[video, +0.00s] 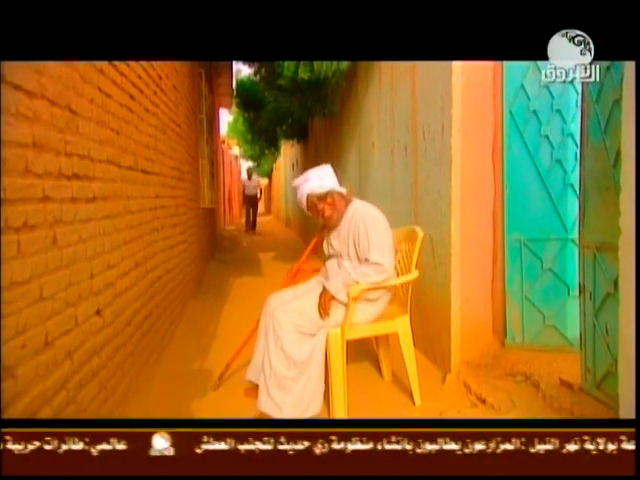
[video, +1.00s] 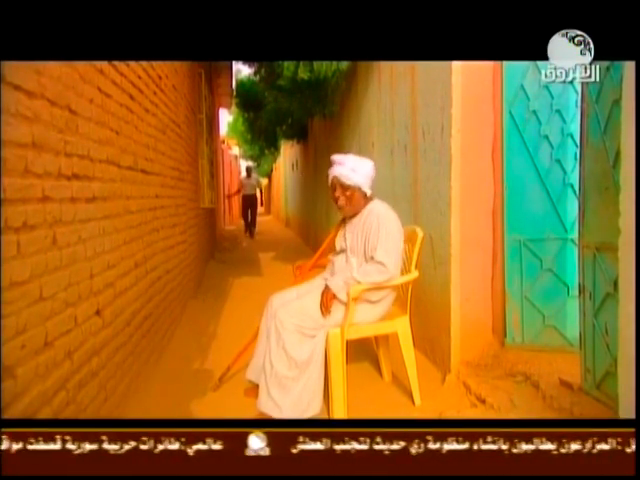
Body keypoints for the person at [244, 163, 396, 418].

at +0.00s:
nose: (319, 219)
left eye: (318, 211)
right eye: (314, 213)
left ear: (332, 200)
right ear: (328, 203)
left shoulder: (367, 217)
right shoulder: (341, 216)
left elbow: (382, 270)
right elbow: (337, 259)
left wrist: (335, 279)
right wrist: (327, 283)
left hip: (365, 297)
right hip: (338, 285)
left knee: (286, 317)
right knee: (275, 304)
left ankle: (289, 406)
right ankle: (267, 380)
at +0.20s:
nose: (323, 213)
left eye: (326, 203)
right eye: (317, 209)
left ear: (339, 195)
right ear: (315, 209)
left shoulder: (368, 217)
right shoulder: (338, 218)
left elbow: (383, 270)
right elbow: (338, 259)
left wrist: (335, 281)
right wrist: (326, 283)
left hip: (366, 297)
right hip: (338, 285)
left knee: (286, 317)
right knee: (275, 304)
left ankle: (289, 406)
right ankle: (267, 380)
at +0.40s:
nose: (325, 208)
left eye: (328, 199)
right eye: (319, 204)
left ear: (342, 193)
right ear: (317, 205)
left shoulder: (371, 217)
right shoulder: (341, 218)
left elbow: (384, 270)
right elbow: (340, 260)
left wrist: (336, 282)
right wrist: (326, 283)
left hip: (367, 298)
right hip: (340, 285)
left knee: (287, 318)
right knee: (275, 304)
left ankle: (289, 406)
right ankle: (267, 380)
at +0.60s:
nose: (330, 204)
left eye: (333, 195)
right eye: (324, 200)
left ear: (348, 191)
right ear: (322, 202)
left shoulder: (375, 217)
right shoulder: (344, 219)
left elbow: (384, 270)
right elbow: (341, 258)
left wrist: (335, 281)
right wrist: (316, 266)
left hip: (367, 299)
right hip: (341, 286)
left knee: (287, 318)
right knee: (276, 304)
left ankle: (288, 406)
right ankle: (266, 380)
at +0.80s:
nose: (332, 199)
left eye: (336, 192)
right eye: (329, 193)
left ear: (352, 190)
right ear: (330, 195)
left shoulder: (380, 218)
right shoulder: (350, 217)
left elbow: (385, 271)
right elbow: (344, 258)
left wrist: (337, 283)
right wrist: (318, 267)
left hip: (368, 299)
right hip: (342, 286)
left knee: (288, 317)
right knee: (276, 304)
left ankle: (288, 407)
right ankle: (267, 380)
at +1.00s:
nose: (336, 196)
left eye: (343, 189)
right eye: (334, 189)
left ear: (362, 190)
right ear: (332, 191)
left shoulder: (383, 218)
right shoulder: (353, 217)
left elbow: (386, 271)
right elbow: (343, 258)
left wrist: (338, 284)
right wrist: (327, 282)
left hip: (368, 301)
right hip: (341, 287)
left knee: (289, 319)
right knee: (277, 304)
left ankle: (291, 407)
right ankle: (267, 380)